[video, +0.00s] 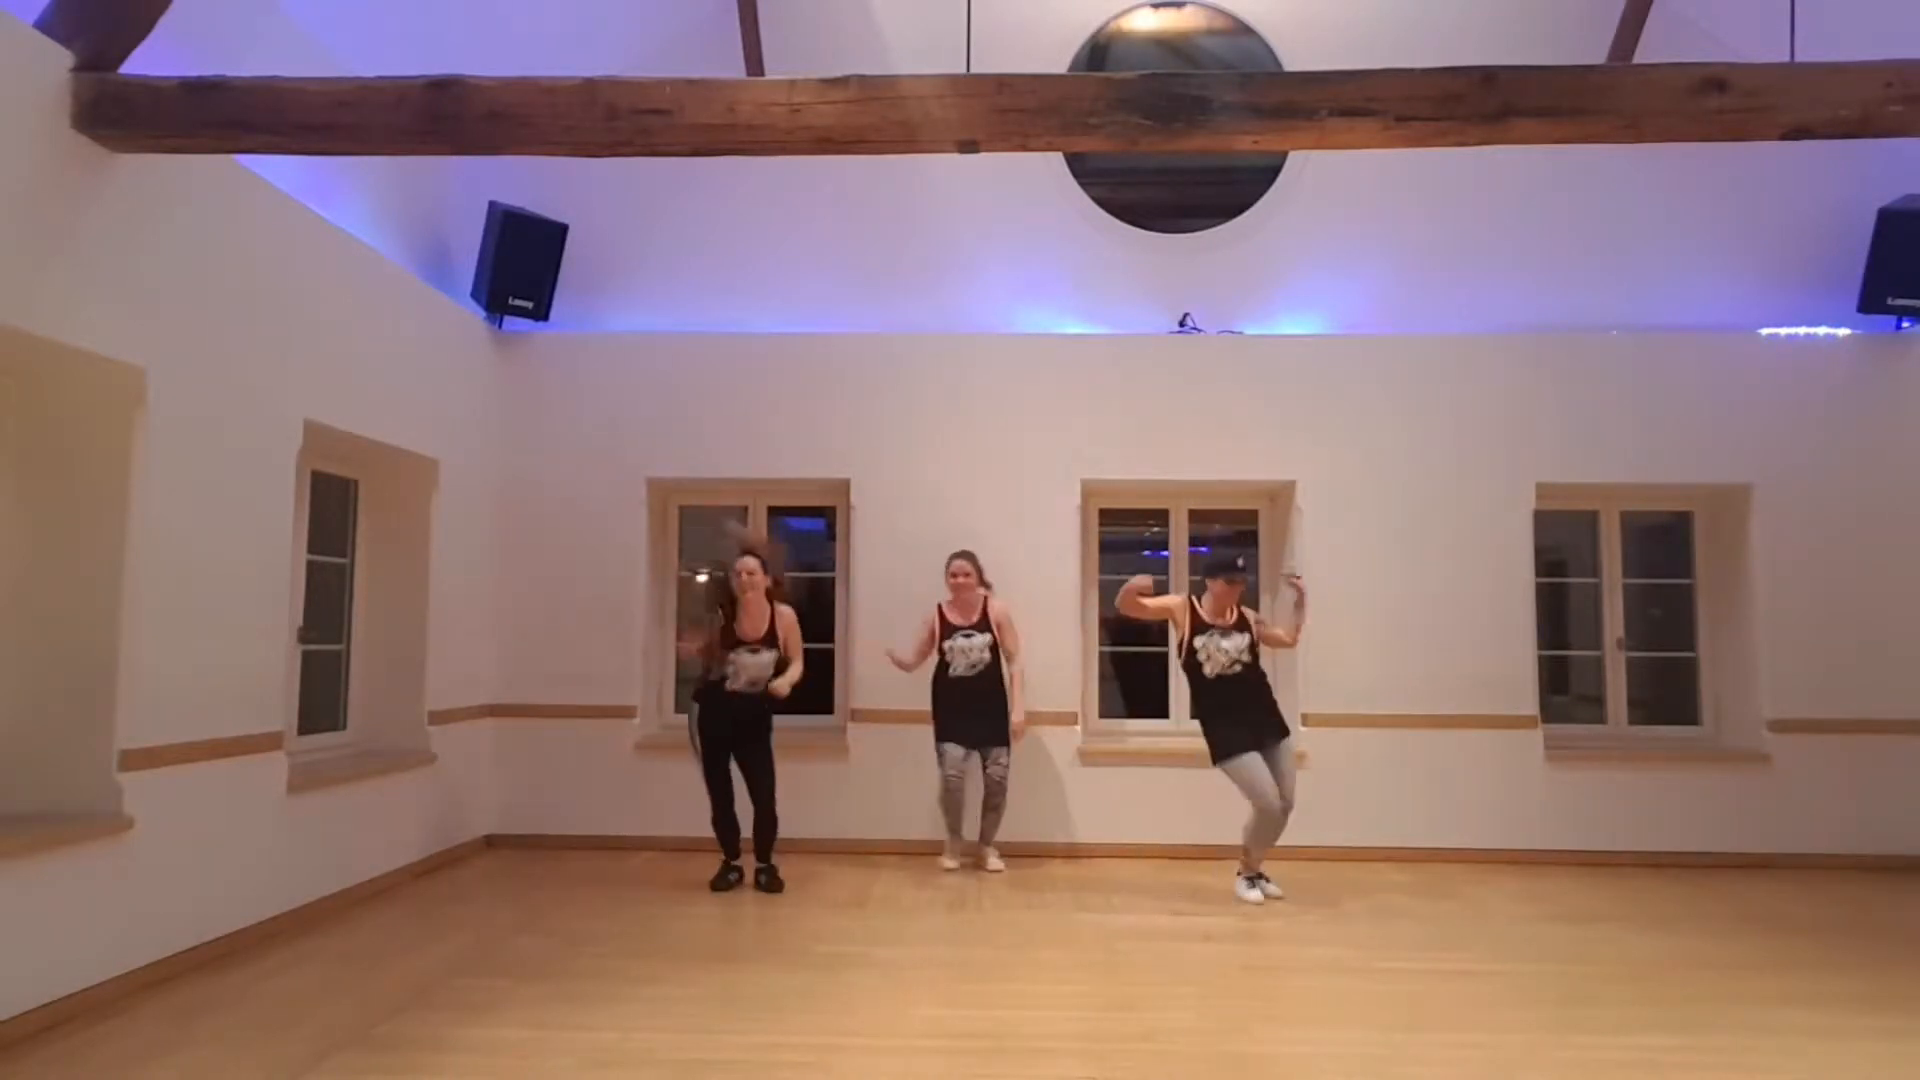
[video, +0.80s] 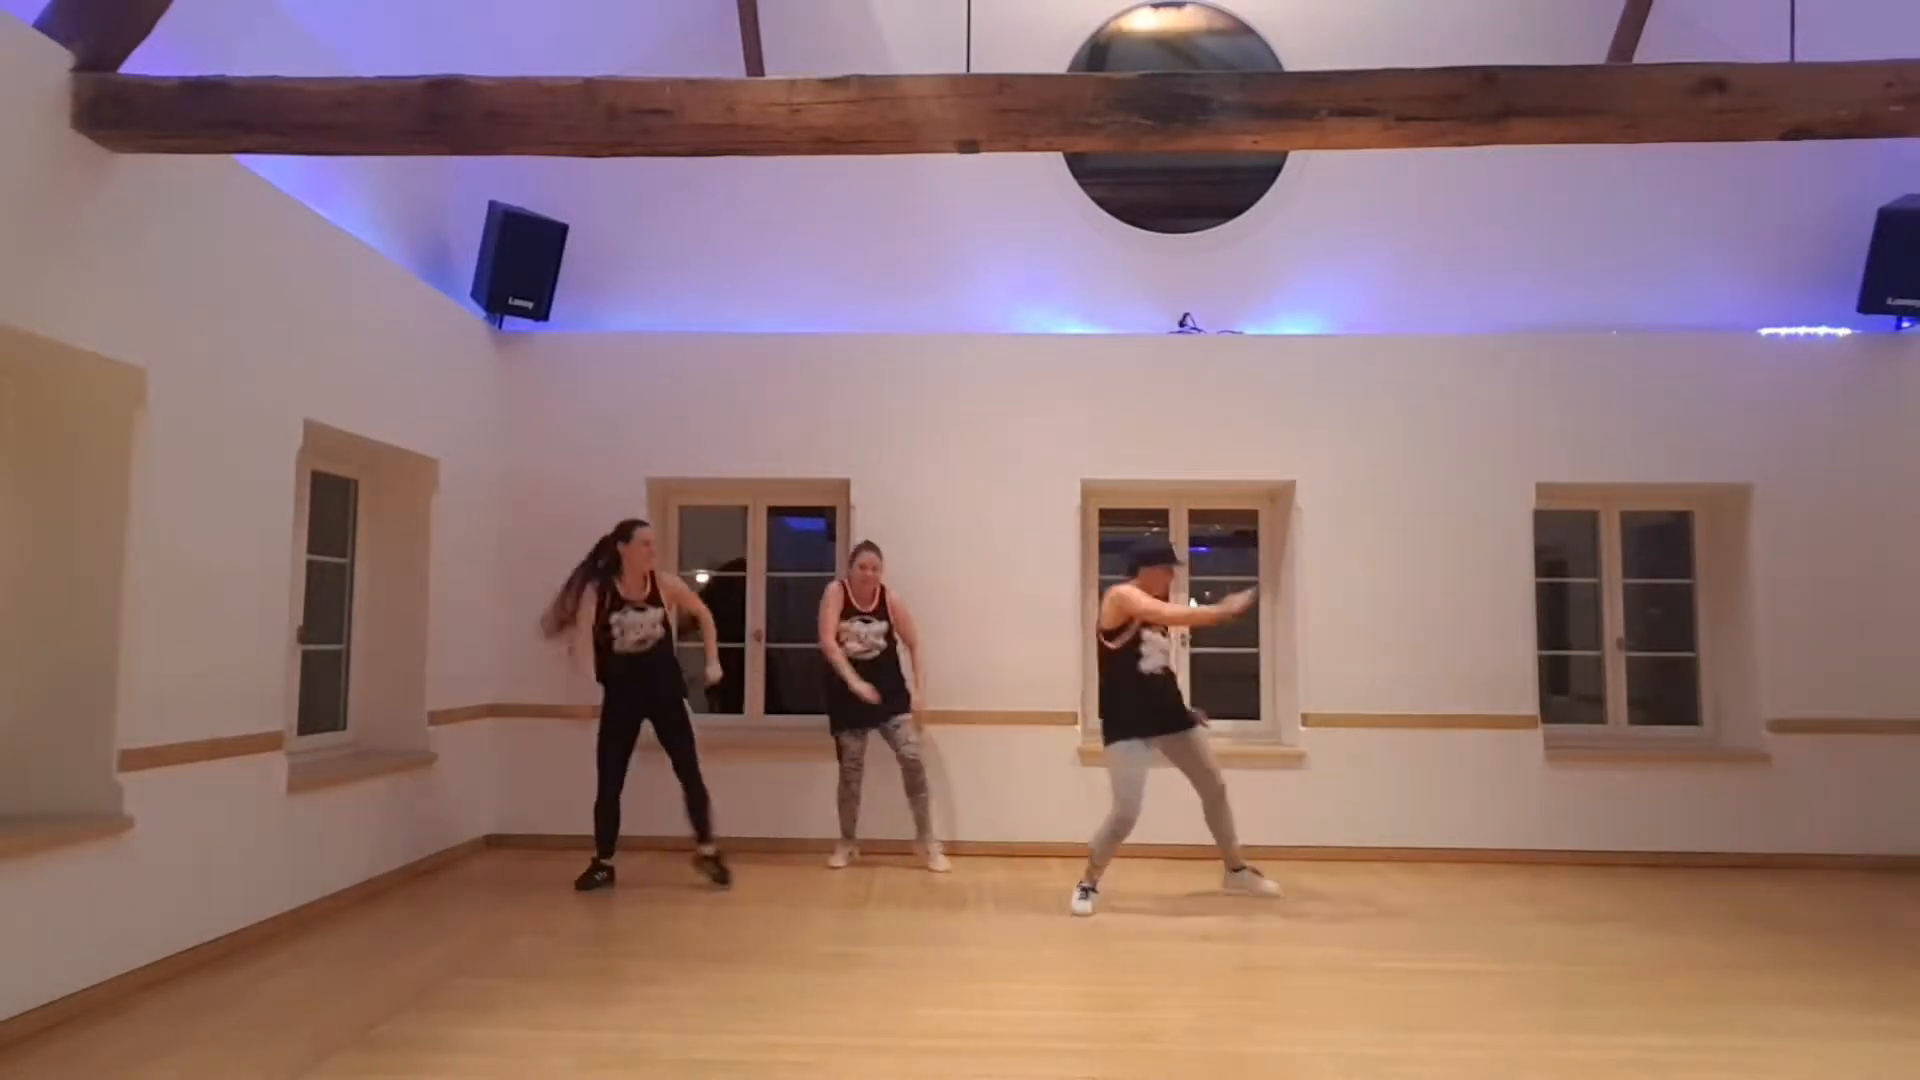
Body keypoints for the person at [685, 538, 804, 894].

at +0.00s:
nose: (745, 579)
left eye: (752, 573)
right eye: (739, 574)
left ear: (767, 579)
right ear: (732, 581)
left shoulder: (783, 616)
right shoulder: (723, 614)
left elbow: (796, 662)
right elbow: (711, 657)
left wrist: (784, 681)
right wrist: (695, 651)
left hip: (754, 711)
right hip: (716, 711)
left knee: (763, 794)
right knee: (720, 794)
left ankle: (764, 866)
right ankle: (731, 863)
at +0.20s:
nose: (718, 548)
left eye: (724, 542)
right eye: (711, 541)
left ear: (732, 548)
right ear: (697, 546)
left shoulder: (750, 581)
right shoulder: (685, 586)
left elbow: (768, 631)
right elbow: (678, 634)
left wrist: (776, 680)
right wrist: (726, 626)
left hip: (744, 690)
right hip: (701, 690)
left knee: (757, 776)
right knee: (684, 770)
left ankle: (769, 858)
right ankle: (684, 850)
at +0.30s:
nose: (698, 556)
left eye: (703, 549)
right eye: (690, 549)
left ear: (710, 554)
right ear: (671, 554)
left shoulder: (728, 584)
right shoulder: (662, 594)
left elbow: (755, 624)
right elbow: (691, 626)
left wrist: (773, 672)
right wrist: (734, 610)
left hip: (739, 695)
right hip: (695, 697)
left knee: (755, 776)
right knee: (661, 771)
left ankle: (770, 859)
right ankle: (636, 853)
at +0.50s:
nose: (665, 590)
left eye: (668, 584)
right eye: (657, 584)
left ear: (673, 590)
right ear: (634, 590)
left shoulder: (686, 621)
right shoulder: (620, 628)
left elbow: (723, 659)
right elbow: (644, 641)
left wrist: (756, 691)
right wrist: (706, 629)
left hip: (705, 730)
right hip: (660, 734)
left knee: (739, 799)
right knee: (617, 800)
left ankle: (764, 865)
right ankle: (602, 865)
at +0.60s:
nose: (653, 580)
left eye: (654, 574)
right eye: (645, 574)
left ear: (655, 579)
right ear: (623, 580)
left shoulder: (672, 615)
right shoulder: (606, 620)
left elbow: (706, 654)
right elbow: (623, 644)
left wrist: (732, 693)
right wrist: (676, 639)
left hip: (686, 721)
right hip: (642, 726)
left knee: (721, 792)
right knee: (609, 798)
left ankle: (759, 862)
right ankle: (602, 865)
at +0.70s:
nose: (650, 562)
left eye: (651, 556)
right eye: (642, 556)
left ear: (651, 561)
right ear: (619, 561)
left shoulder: (666, 597)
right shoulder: (600, 602)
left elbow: (701, 636)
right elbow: (597, 640)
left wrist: (721, 678)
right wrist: (628, 663)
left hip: (672, 702)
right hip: (629, 706)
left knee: (705, 779)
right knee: (610, 789)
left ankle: (745, 856)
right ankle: (603, 864)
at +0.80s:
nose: (652, 550)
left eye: (653, 544)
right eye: (645, 545)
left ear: (653, 548)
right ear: (623, 549)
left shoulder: (666, 585)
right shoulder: (596, 592)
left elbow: (704, 614)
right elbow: (555, 627)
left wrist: (712, 661)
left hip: (665, 694)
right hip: (621, 696)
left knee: (689, 772)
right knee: (609, 782)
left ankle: (708, 852)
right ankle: (603, 863)